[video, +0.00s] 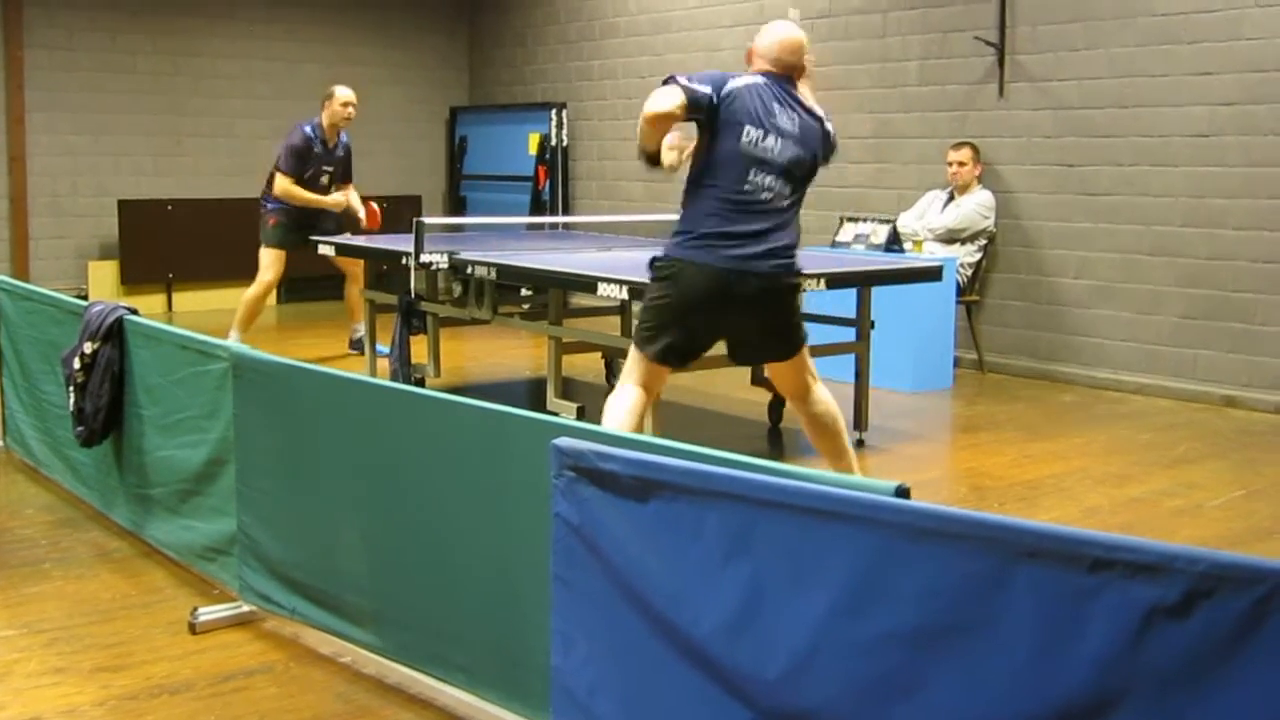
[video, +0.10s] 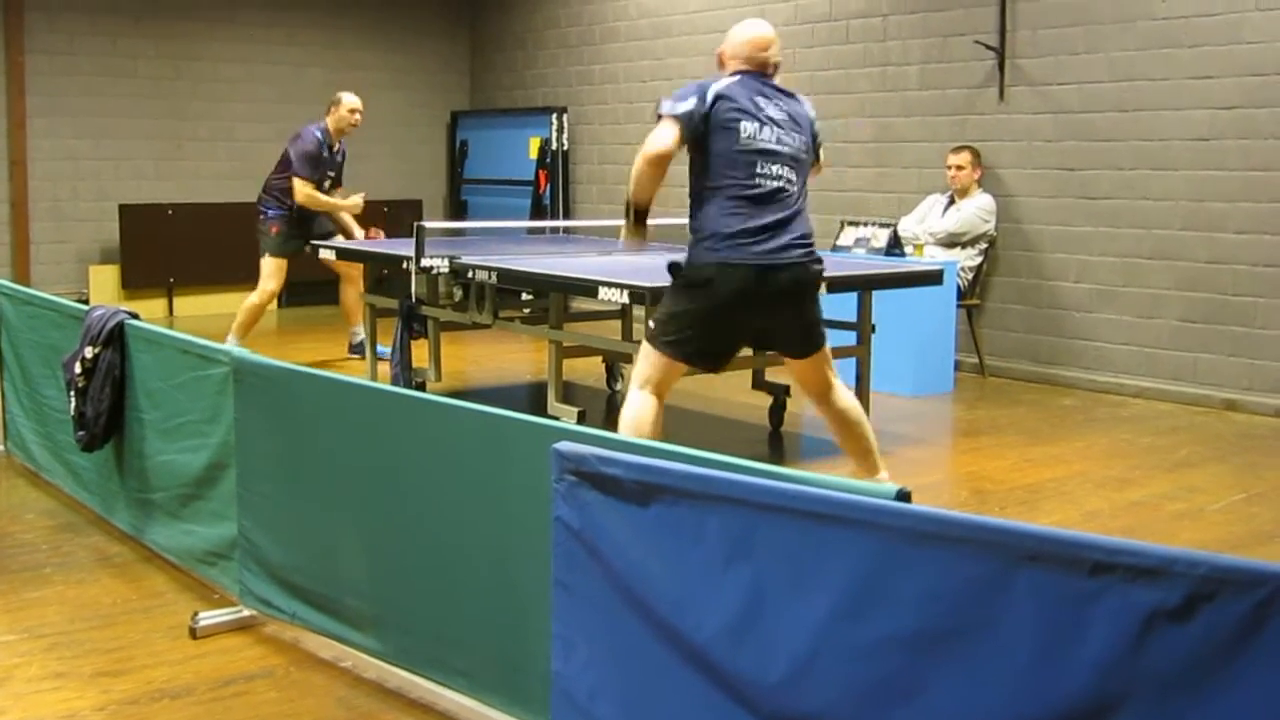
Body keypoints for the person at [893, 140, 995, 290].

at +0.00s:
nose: (954, 170)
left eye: (961, 165)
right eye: (950, 165)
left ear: (977, 169)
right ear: (946, 168)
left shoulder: (984, 200)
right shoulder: (935, 196)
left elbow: (951, 227)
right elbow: (902, 224)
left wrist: (914, 228)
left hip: (948, 276)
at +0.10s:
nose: (952, 174)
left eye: (960, 168)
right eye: (949, 168)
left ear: (977, 173)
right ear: (945, 171)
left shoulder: (984, 204)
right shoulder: (935, 200)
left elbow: (952, 232)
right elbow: (902, 228)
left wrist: (914, 232)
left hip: (949, 280)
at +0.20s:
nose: (950, 178)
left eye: (957, 173)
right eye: (948, 172)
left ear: (975, 178)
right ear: (944, 174)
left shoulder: (984, 208)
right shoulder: (935, 204)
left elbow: (951, 237)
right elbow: (902, 232)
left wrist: (916, 237)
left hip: (949, 284)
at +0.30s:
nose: (949, 181)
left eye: (956, 176)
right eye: (947, 176)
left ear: (974, 182)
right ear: (944, 178)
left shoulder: (985, 212)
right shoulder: (936, 208)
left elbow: (951, 241)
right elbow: (903, 236)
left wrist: (915, 241)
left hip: (950, 289)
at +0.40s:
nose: (951, 186)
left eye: (958, 181)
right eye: (949, 180)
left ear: (976, 186)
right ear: (946, 181)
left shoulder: (987, 216)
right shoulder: (938, 213)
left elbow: (954, 245)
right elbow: (905, 241)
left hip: (953, 293)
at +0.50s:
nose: (954, 191)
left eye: (961, 186)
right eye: (952, 185)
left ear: (980, 192)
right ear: (949, 187)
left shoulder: (991, 222)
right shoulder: (941, 218)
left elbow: (957, 251)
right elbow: (914, 245)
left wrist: (929, 246)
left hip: (957, 298)